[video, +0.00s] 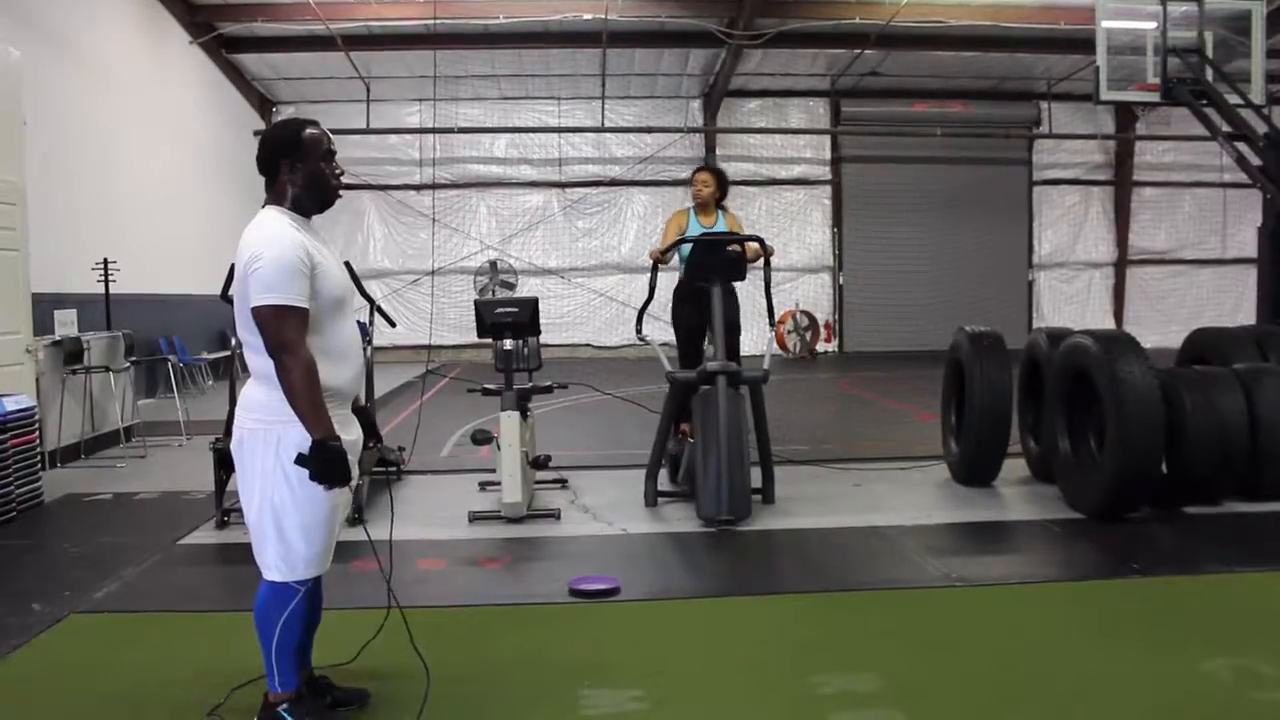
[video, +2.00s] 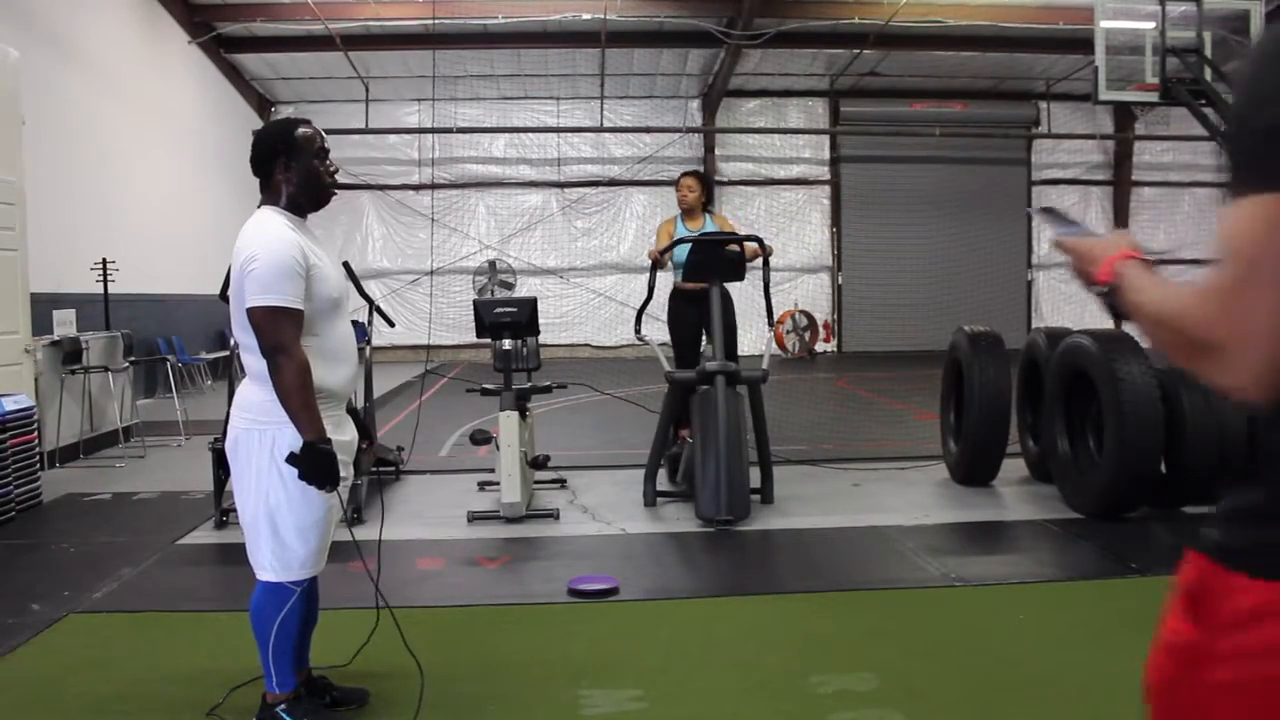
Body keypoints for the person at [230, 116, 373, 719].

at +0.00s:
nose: (338, 170)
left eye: (335, 159)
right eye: (326, 159)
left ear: (296, 171)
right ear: (290, 169)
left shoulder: (298, 237)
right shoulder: (274, 240)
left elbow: (322, 342)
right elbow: (286, 350)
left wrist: (358, 412)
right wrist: (324, 438)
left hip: (308, 428)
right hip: (283, 431)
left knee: (306, 566)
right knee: (290, 571)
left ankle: (299, 680)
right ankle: (283, 698)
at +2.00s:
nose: (333, 166)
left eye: (329, 155)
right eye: (320, 156)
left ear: (291, 171)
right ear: (285, 169)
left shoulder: (294, 237)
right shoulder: (271, 240)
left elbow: (313, 344)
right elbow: (280, 351)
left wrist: (351, 411)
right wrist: (315, 440)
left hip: (301, 427)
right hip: (278, 430)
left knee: (301, 565)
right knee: (285, 570)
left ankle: (298, 680)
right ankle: (282, 697)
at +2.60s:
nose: (333, 166)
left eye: (330, 156)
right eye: (320, 157)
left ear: (291, 171)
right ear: (285, 169)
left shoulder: (298, 234)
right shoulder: (272, 236)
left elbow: (316, 336)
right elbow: (282, 345)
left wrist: (352, 403)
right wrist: (319, 432)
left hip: (304, 426)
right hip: (277, 430)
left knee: (301, 564)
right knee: (284, 570)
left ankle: (297, 679)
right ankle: (281, 697)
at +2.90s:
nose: (334, 166)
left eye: (330, 155)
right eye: (320, 157)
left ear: (290, 171)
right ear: (286, 169)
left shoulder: (295, 237)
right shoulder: (271, 240)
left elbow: (313, 340)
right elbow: (283, 350)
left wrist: (350, 406)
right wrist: (319, 437)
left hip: (304, 427)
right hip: (278, 431)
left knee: (300, 565)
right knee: (282, 571)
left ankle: (297, 680)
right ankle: (280, 698)